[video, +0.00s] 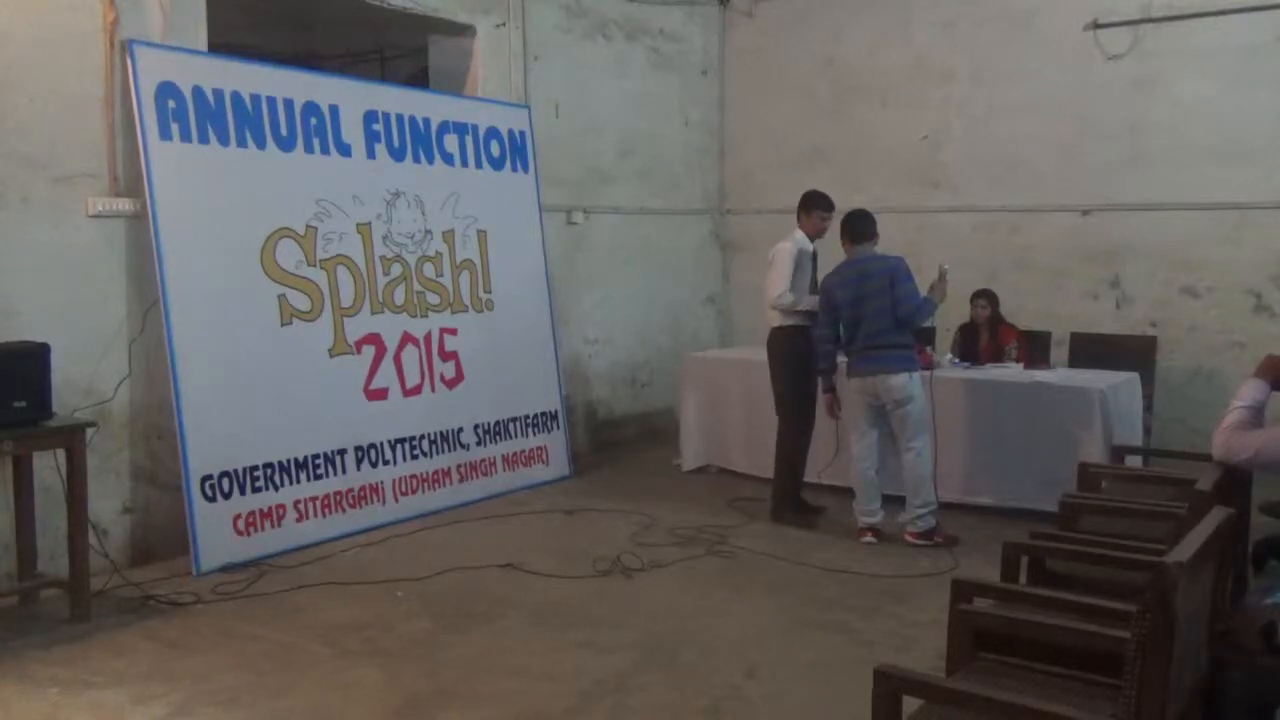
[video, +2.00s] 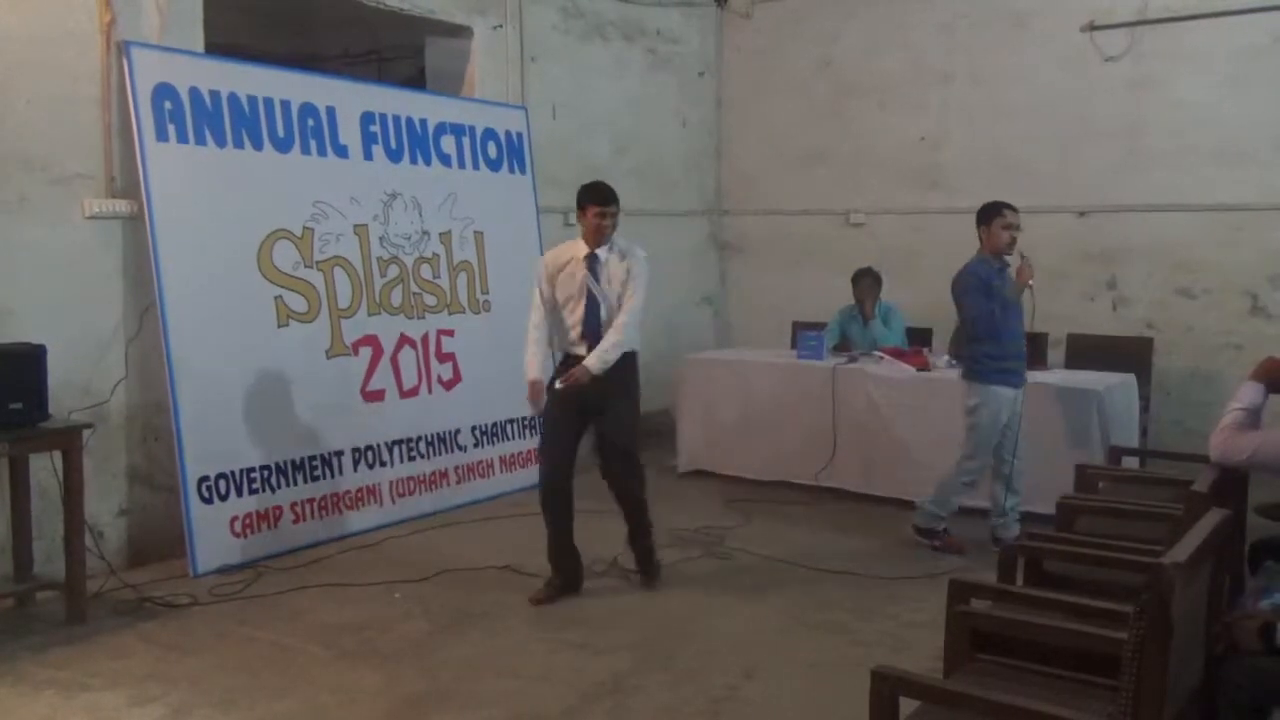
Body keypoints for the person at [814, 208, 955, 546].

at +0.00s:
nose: (873, 242)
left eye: (843, 240)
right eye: (874, 236)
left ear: (843, 241)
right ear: (877, 237)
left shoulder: (833, 281)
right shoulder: (894, 266)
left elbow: (825, 337)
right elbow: (912, 316)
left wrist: (827, 386)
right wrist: (934, 297)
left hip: (859, 376)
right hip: (899, 374)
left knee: (863, 450)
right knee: (915, 446)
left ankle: (868, 524)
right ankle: (920, 524)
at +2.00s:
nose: (1013, 235)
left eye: (1016, 229)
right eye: (1006, 228)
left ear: (1015, 233)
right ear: (984, 231)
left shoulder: (1003, 275)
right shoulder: (970, 276)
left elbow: (1000, 327)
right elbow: (982, 326)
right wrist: (1016, 288)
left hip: (1011, 382)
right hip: (986, 381)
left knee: (1007, 464)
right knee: (975, 461)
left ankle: (1005, 531)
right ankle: (929, 520)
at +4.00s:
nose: (1060, 233)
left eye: (1065, 226)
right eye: (1052, 225)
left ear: (1070, 229)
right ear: (1031, 229)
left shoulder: (1071, 273)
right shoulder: (1009, 282)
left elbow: (1075, 328)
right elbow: (998, 337)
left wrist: (1082, 377)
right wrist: (1045, 326)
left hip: (1075, 390)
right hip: (1033, 393)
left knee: (1087, 474)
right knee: (1033, 480)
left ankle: (1083, 547)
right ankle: (1031, 553)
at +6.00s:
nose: (1007, 240)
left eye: (1011, 233)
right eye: (1006, 233)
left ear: (1032, 232)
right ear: (1026, 232)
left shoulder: (1070, 277)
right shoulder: (1017, 275)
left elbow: (1078, 342)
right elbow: (1012, 323)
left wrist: (1053, 388)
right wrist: (992, 328)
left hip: (1048, 388)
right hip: (1011, 383)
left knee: (1051, 466)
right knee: (1008, 461)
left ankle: (1055, 536)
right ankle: (1013, 530)